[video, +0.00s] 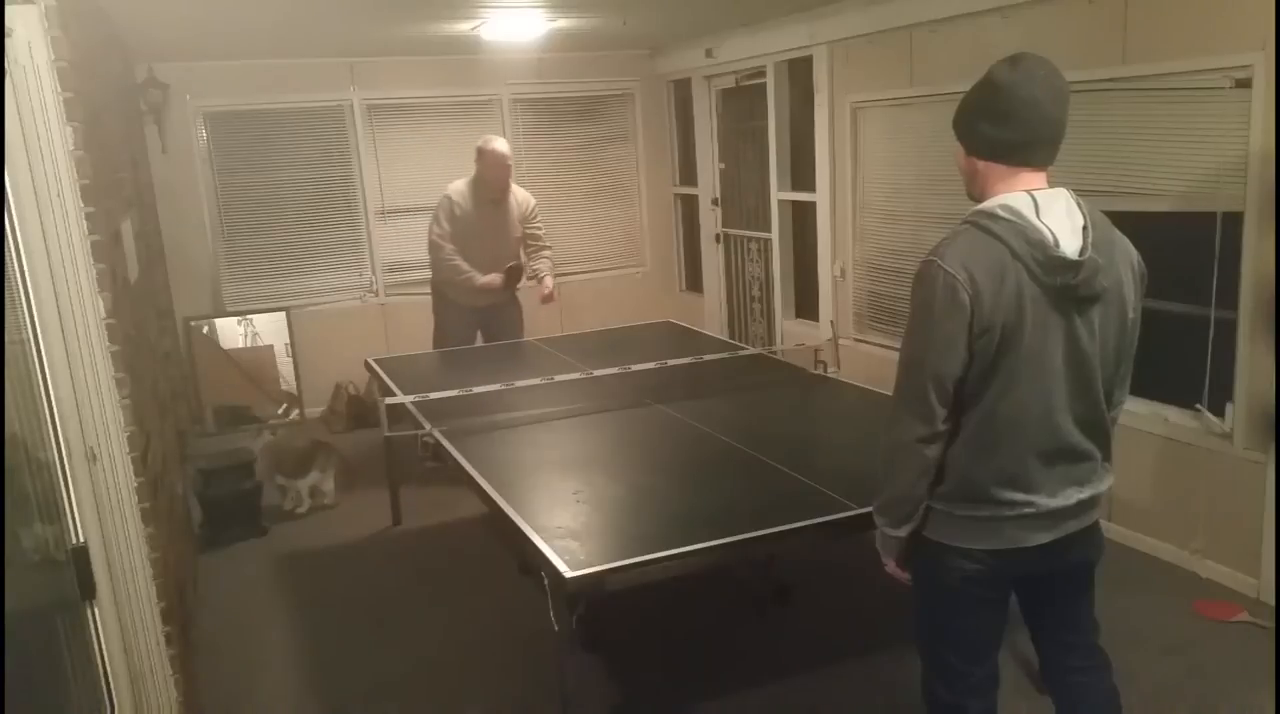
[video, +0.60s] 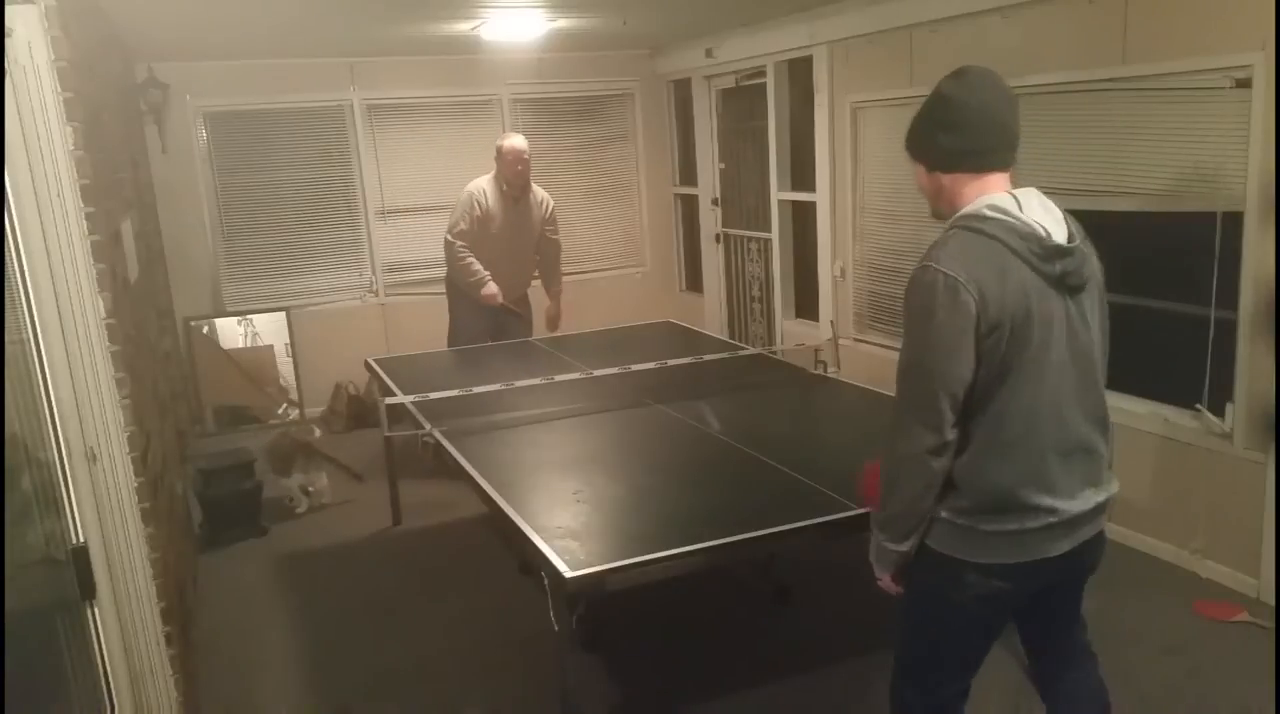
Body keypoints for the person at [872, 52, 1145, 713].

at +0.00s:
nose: (961, 161)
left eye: (961, 148)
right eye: (962, 146)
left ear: (971, 155)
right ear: (1050, 147)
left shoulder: (958, 265)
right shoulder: (1119, 254)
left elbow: (920, 419)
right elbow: (1110, 395)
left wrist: (892, 532)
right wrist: (1074, 488)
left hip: (970, 537)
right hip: (1071, 529)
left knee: (960, 691)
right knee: (1079, 668)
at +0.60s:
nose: (918, 180)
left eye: (917, 165)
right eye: (917, 163)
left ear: (935, 168)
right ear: (1003, 153)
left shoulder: (952, 269)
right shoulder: (1071, 237)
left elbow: (927, 428)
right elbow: (1086, 376)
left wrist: (890, 547)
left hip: (981, 549)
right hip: (1075, 532)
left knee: (925, 693)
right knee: (1065, 660)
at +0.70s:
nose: (902, 198)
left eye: (901, 184)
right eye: (899, 183)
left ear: (920, 185)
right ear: (984, 162)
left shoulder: (962, 275)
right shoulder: (1046, 236)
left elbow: (941, 444)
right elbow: (1014, 400)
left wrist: (893, 559)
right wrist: (896, 450)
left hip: (997, 548)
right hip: (1075, 524)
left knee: (917, 694)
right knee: (1053, 658)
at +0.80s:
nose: (893, 209)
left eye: (892, 194)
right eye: (890, 194)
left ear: (918, 197)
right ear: (973, 177)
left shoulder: (981, 279)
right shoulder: (1021, 245)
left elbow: (964, 453)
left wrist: (904, 570)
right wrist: (818, 422)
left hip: (1015, 548)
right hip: (1070, 523)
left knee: (913, 695)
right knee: (1040, 662)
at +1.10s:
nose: (897, 184)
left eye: (899, 171)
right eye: (898, 170)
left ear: (924, 178)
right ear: (979, 166)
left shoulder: (1001, 276)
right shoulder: (991, 243)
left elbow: (1009, 450)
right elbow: (910, 350)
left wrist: (999, 594)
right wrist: (796, 391)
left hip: (994, 544)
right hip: (1040, 527)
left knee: (922, 697)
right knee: (1044, 666)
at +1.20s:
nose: (906, 181)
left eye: (907, 168)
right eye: (906, 167)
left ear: (927, 176)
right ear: (988, 161)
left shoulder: (994, 279)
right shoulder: (1018, 240)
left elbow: (1008, 451)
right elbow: (938, 377)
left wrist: (1011, 594)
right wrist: (836, 422)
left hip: (993, 543)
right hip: (1048, 525)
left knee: (925, 695)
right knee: (1050, 665)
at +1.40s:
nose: (911, 175)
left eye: (912, 163)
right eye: (912, 161)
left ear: (926, 173)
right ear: (997, 157)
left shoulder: (976, 276)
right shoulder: (1043, 233)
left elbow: (978, 448)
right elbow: (1026, 396)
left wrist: (964, 578)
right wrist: (934, 465)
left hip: (1007, 549)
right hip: (1069, 526)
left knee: (929, 697)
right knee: (1057, 665)